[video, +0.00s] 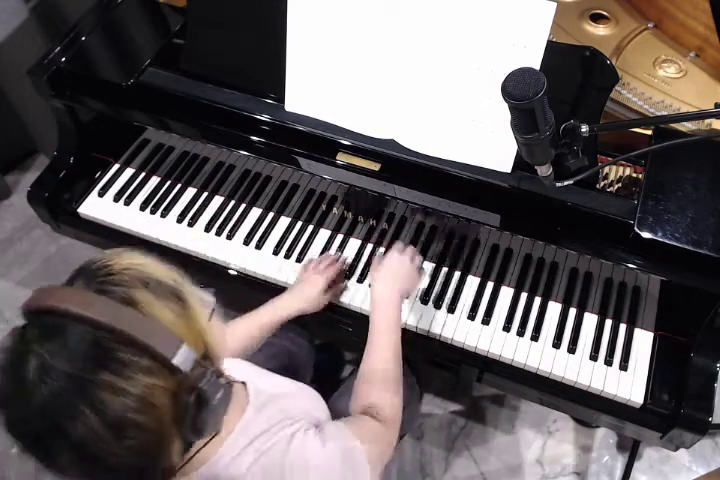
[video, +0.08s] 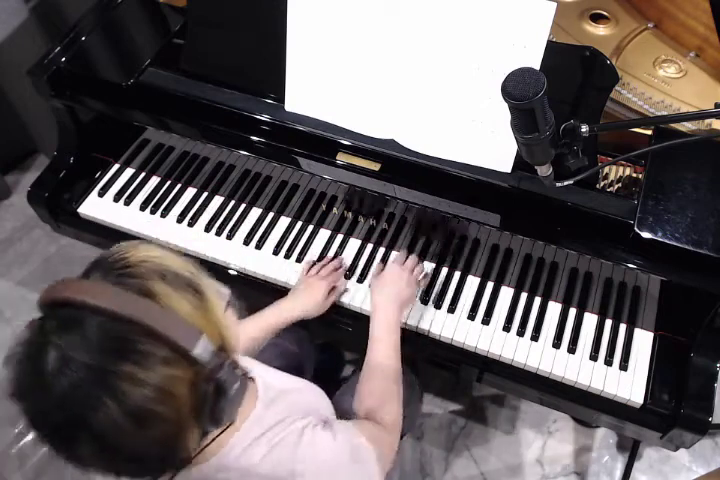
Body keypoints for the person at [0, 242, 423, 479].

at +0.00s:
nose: (200, 295)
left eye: (185, 292)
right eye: (187, 300)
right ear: (180, 362)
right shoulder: (288, 462)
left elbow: (208, 350)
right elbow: (378, 423)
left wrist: (294, 301)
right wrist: (387, 301)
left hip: (251, 377)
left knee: (292, 337)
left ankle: (316, 387)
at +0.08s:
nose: (213, 290)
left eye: (200, 287)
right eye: (200, 296)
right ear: (193, 364)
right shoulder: (295, 457)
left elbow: (215, 355)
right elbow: (380, 434)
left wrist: (291, 307)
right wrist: (387, 316)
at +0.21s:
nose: (244, 284)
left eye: (233, 283)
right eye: (236, 292)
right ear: (222, 355)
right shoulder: (319, 446)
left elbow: (216, 359)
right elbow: (384, 442)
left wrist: (291, 310)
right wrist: (383, 322)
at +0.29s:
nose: (258, 289)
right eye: (250, 292)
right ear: (233, 352)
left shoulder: (115, 407)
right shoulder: (316, 439)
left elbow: (191, 357)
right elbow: (389, 449)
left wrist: (288, 313)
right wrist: (382, 327)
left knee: (302, 339)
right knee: (388, 366)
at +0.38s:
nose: (271, 281)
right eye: (259, 282)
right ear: (252, 348)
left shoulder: (117, 390)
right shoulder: (319, 431)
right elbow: (392, 450)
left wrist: (285, 311)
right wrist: (381, 335)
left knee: (311, 340)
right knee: (393, 368)